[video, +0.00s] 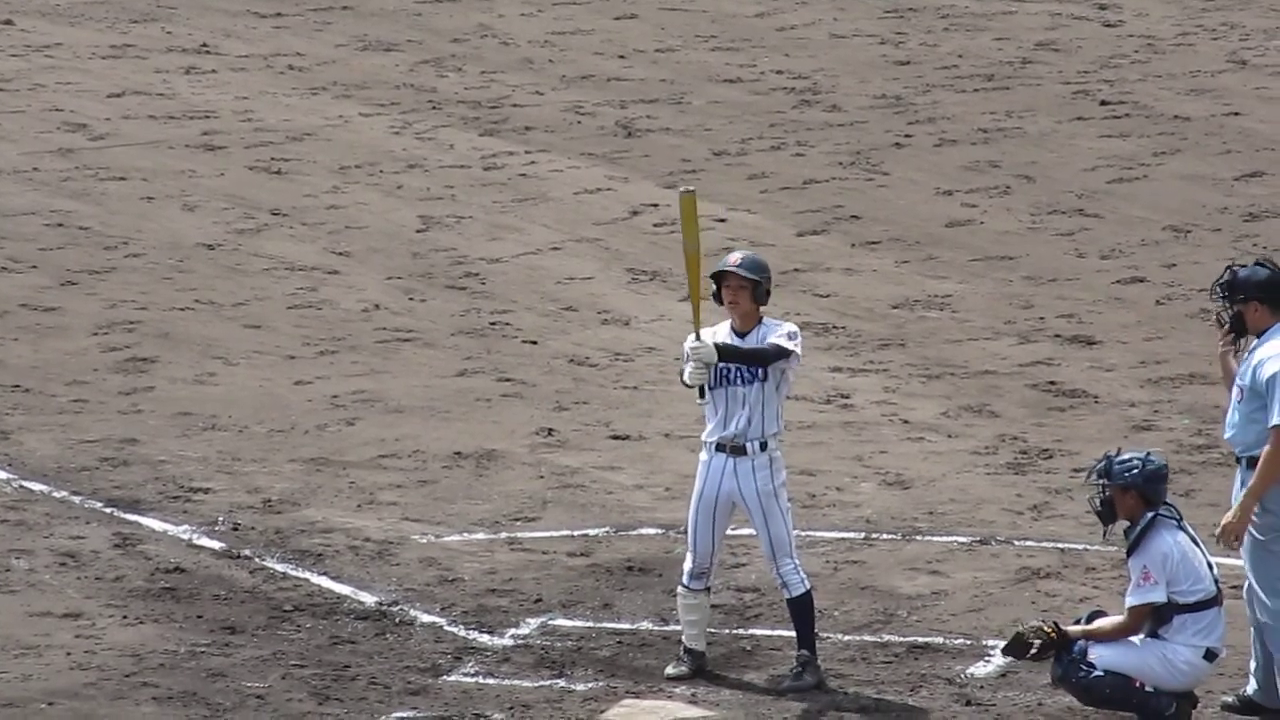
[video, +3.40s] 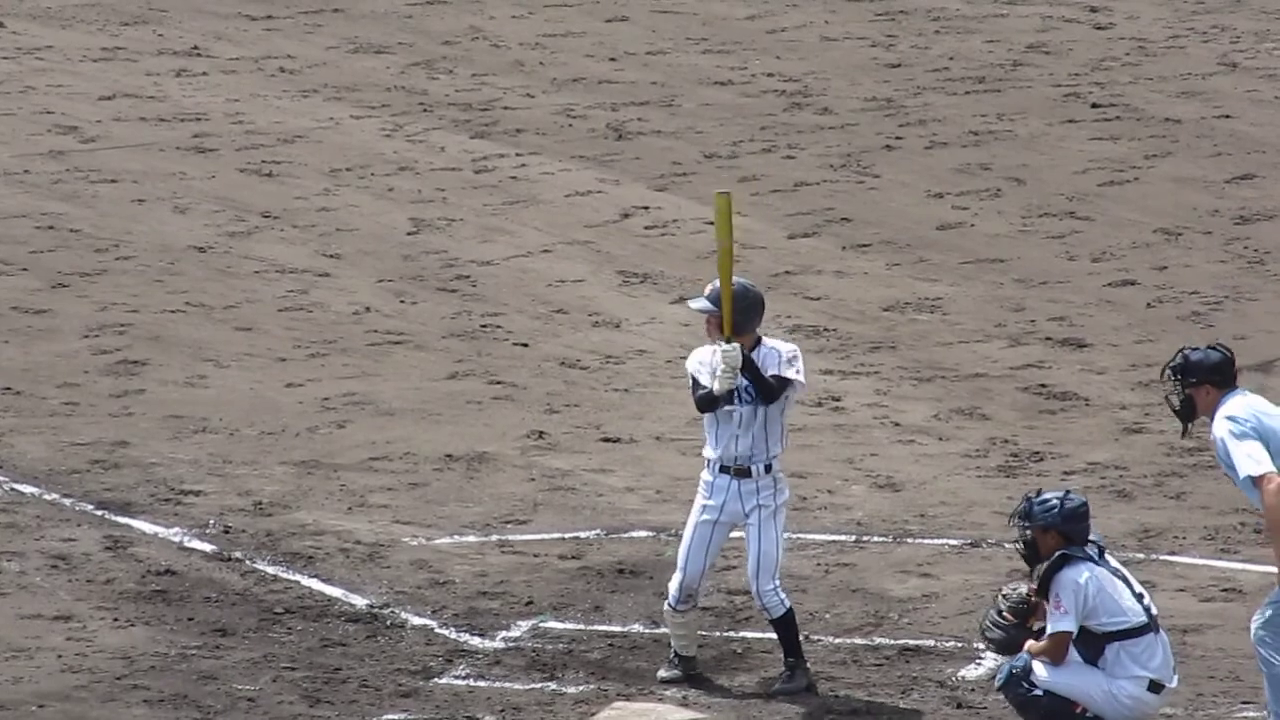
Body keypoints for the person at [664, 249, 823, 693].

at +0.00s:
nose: (730, 293)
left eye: (740, 286)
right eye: (725, 285)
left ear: (760, 291)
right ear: (719, 291)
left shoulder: (782, 331)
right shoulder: (709, 338)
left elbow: (776, 357)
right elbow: (699, 388)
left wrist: (719, 353)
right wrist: (694, 376)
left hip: (760, 463)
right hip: (713, 461)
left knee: (784, 562)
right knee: (697, 560)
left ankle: (808, 661)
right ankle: (692, 653)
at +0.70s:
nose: (705, 304)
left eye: (711, 299)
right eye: (706, 298)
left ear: (731, 305)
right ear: (734, 306)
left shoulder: (768, 349)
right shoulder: (710, 350)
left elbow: (730, 395)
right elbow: (681, 402)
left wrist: (674, 372)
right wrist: (665, 391)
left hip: (753, 475)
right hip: (714, 471)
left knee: (760, 580)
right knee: (697, 568)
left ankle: (802, 666)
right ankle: (687, 658)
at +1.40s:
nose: (726, 312)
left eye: (733, 306)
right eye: (728, 305)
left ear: (753, 312)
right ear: (756, 311)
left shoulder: (802, 349)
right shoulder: (728, 354)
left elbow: (780, 387)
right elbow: (715, 415)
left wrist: (731, 360)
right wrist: (716, 394)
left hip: (779, 474)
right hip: (733, 470)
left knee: (780, 576)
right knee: (700, 565)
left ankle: (801, 664)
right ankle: (686, 651)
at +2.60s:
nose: (715, 309)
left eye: (721, 304)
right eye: (715, 304)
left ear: (743, 309)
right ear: (717, 307)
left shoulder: (778, 350)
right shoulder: (709, 343)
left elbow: (801, 356)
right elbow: (685, 359)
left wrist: (764, 308)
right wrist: (720, 327)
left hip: (761, 479)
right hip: (714, 476)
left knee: (768, 581)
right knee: (688, 577)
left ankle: (800, 665)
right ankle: (686, 656)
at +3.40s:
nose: (704, 322)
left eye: (711, 316)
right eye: (705, 315)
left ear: (734, 322)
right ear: (716, 319)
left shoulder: (782, 354)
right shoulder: (702, 358)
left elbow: (770, 394)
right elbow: (702, 403)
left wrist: (743, 358)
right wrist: (724, 388)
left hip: (763, 486)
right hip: (715, 484)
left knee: (765, 586)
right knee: (683, 584)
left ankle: (797, 669)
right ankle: (683, 659)